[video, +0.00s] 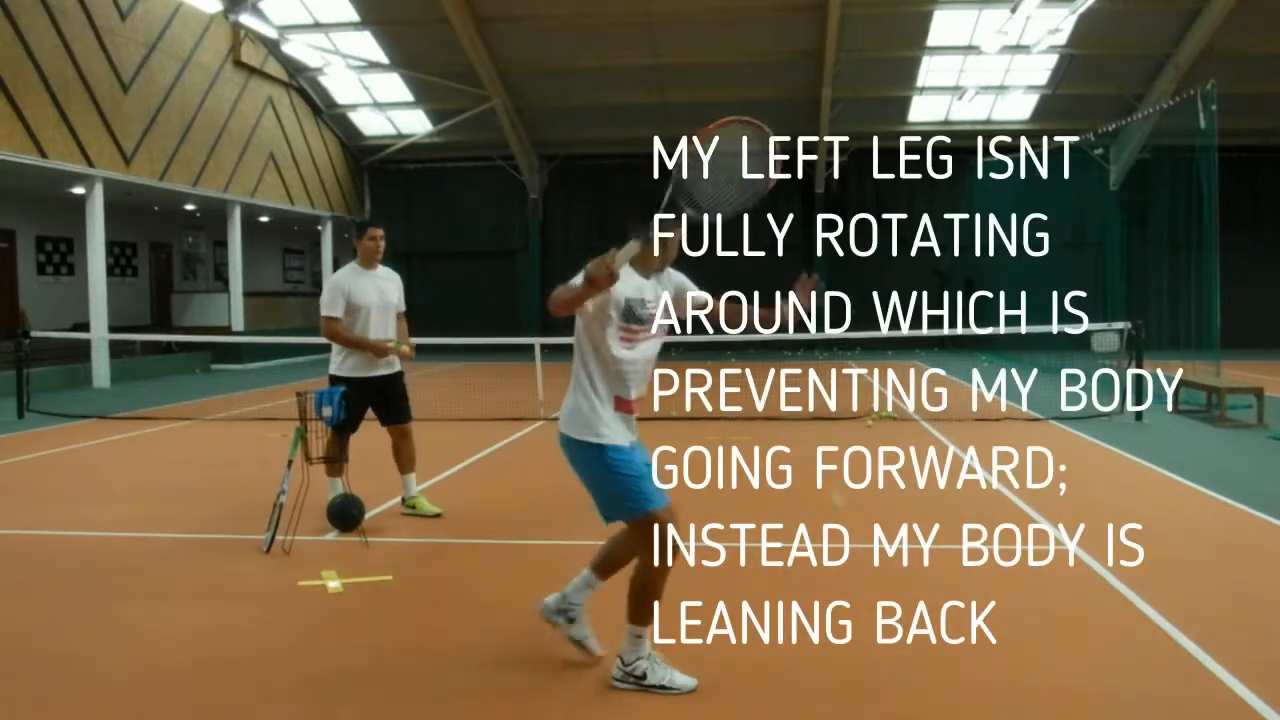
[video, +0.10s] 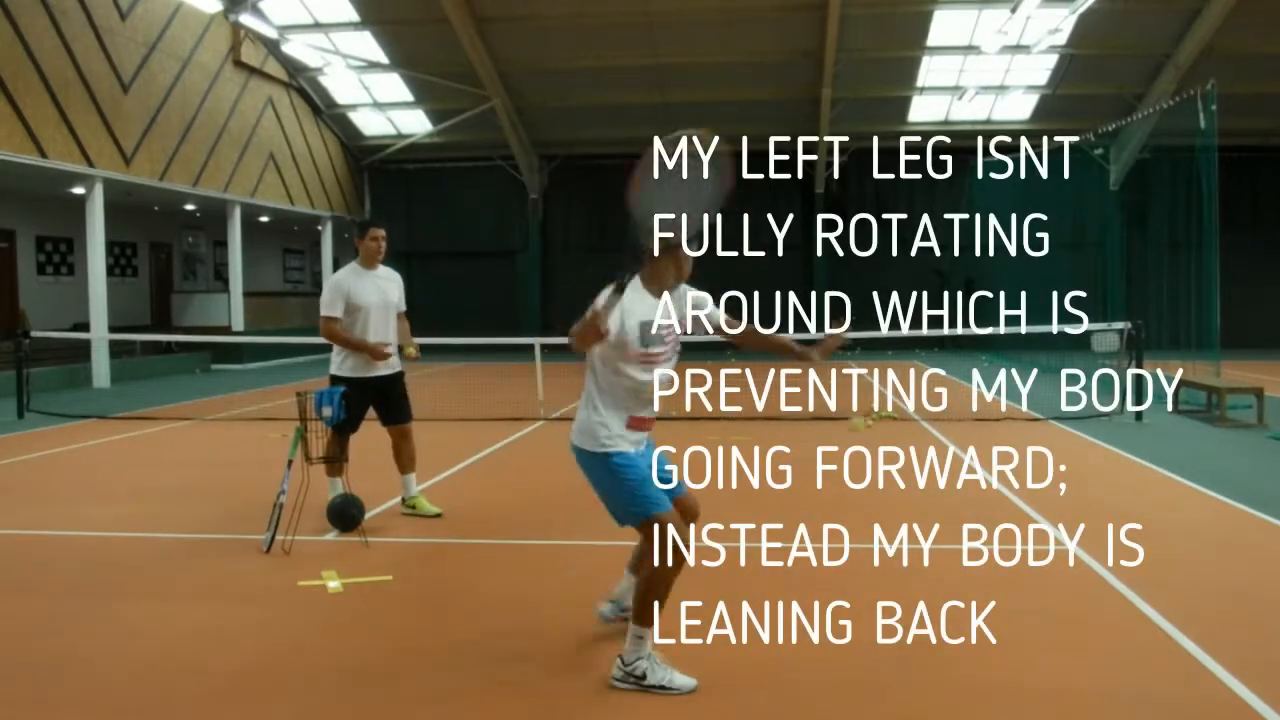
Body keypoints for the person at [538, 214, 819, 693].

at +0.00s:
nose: (680, 245)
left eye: (682, 236)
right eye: (674, 234)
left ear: (678, 242)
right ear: (654, 234)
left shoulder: (671, 284)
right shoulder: (605, 273)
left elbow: (729, 315)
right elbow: (555, 307)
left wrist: (788, 306)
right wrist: (588, 287)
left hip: (620, 427)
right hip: (591, 428)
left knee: (649, 527)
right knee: (663, 531)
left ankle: (567, 602)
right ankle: (634, 659)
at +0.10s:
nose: (691, 262)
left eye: (691, 253)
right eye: (685, 254)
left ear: (668, 258)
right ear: (662, 256)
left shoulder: (684, 298)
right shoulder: (618, 296)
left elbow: (739, 332)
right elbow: (577, 341)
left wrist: (803, 352)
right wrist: (593, 331)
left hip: (635, 438)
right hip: (603, 441)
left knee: (686, 511)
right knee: (669, 537)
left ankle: (626, 599)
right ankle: (635, 658)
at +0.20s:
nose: (702, 269)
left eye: (703, 262)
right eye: (697, 262)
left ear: (687, 266)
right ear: (674, 264)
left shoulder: (698, 306)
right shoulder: (635, 307)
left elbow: (754, 340)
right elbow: (608, 356)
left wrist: (814, 365)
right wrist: (595, 379)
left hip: (646, 438)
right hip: (616, 440)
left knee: (698, 512)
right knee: (673, 535)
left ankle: (657, 602)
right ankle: (634, 658)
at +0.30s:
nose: (715, 262)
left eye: (713, 254)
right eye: (709, 254)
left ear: (686, 262)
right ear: (688, 260)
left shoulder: (706, 300)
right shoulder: (654, 310)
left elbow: (751, 333)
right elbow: (642, 373)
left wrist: (803, 361)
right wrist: (626, 419)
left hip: (663, 430)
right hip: (633, 432)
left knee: (701, 505)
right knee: (677, 533)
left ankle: (655, 599)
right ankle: (637, 654)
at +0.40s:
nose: (721, 249)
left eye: (718, 240)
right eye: (718, 241)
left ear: (686, 240)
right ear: (706, 244)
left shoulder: (666, 276)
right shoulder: (689, 287)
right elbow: (689, 361)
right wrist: (692, 424)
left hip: (644, 409)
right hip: (667, 417)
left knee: (673, 509)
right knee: (694, 515)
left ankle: (654, 598)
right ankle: (657, 621)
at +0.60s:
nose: (731, 212)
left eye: (728, 204)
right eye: (730, 206)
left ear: (688, 202)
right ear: (722, 207)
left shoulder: (651, 249)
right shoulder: (735, 258)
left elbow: (603, 292)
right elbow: (764, 245)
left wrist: (645, 281)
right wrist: (734, 221)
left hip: (661, 388)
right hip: (718, 389)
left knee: (658, 489)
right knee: (722, 489)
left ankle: (662, 593)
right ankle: (689, 559)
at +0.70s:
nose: (742, 208)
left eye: (739, 201)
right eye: (740, 202)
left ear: (692, 205)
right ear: (730, 204)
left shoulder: (672, 253)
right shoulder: (742, 248)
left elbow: (629, 304)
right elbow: (706, 238)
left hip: (682, 391)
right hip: (734, 389)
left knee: (674, 494)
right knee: (735, 487)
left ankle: (674, 602)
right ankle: (755, 587)